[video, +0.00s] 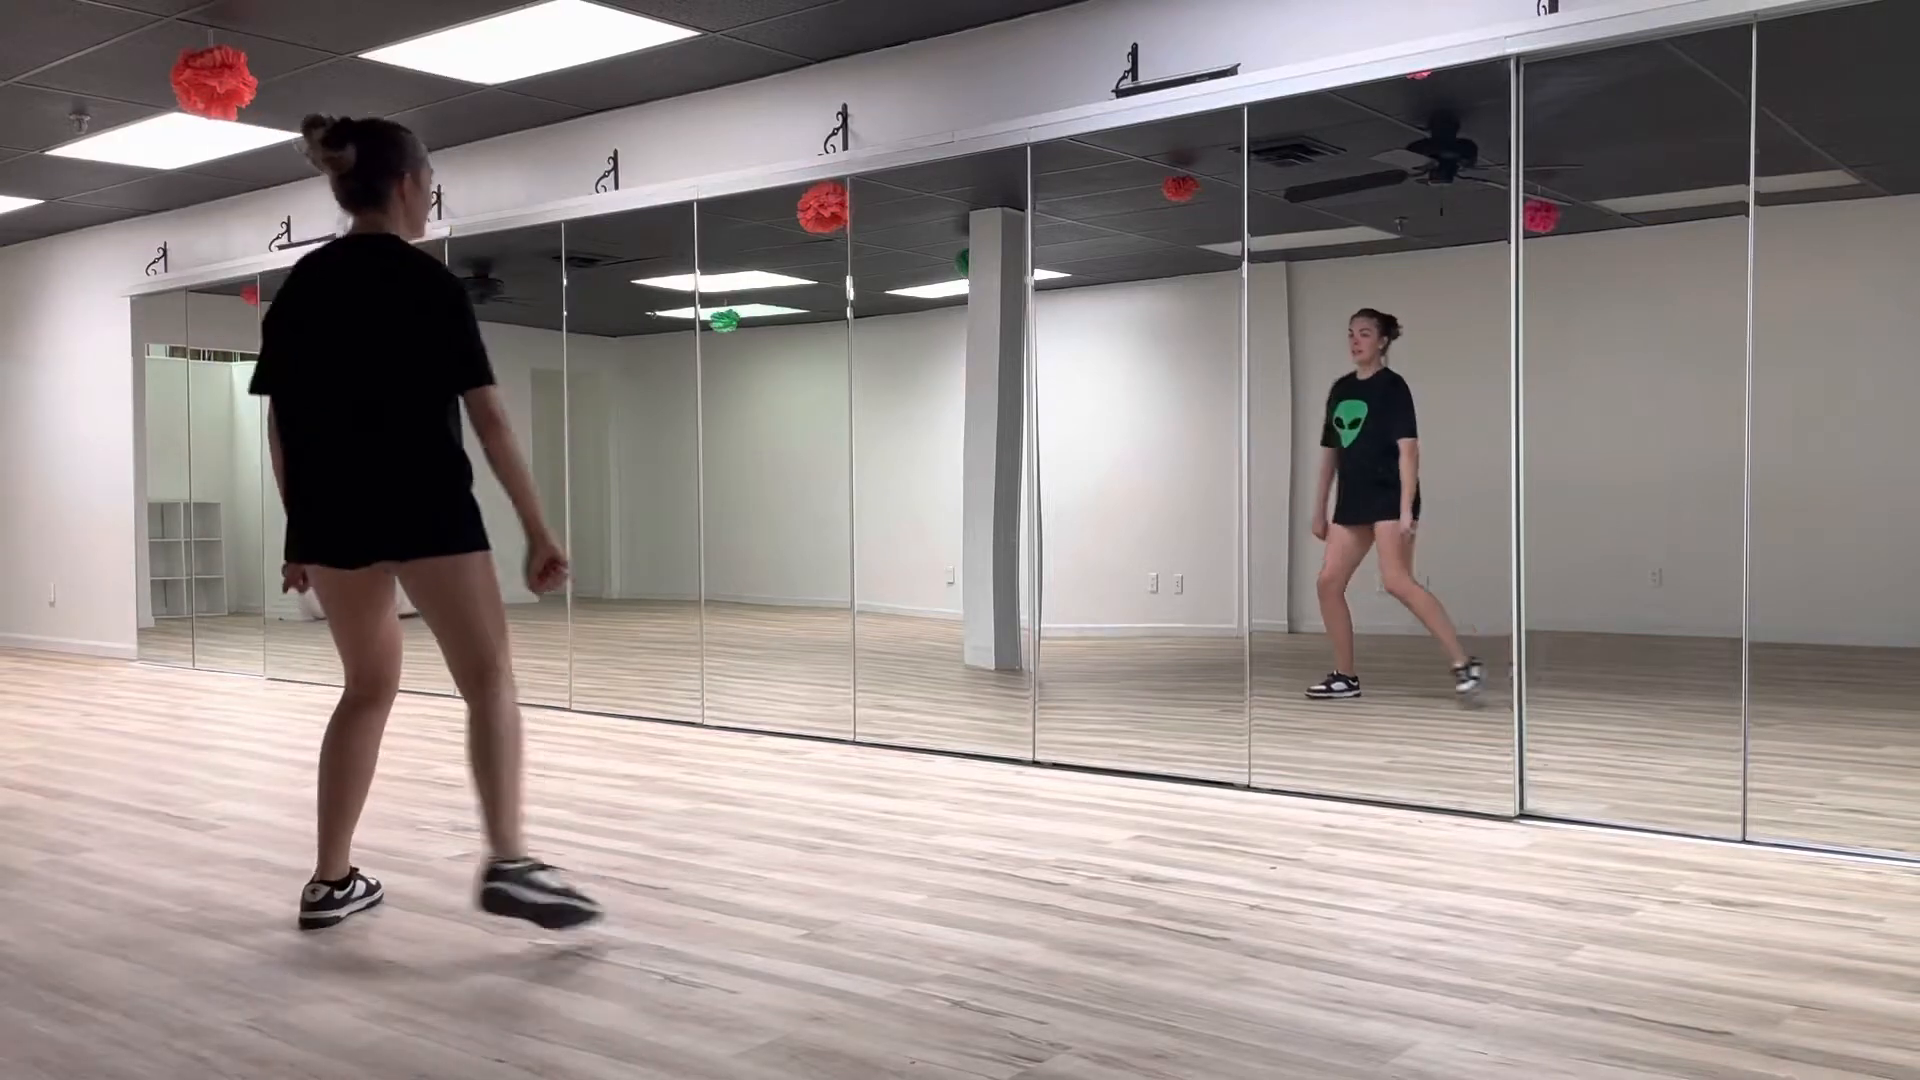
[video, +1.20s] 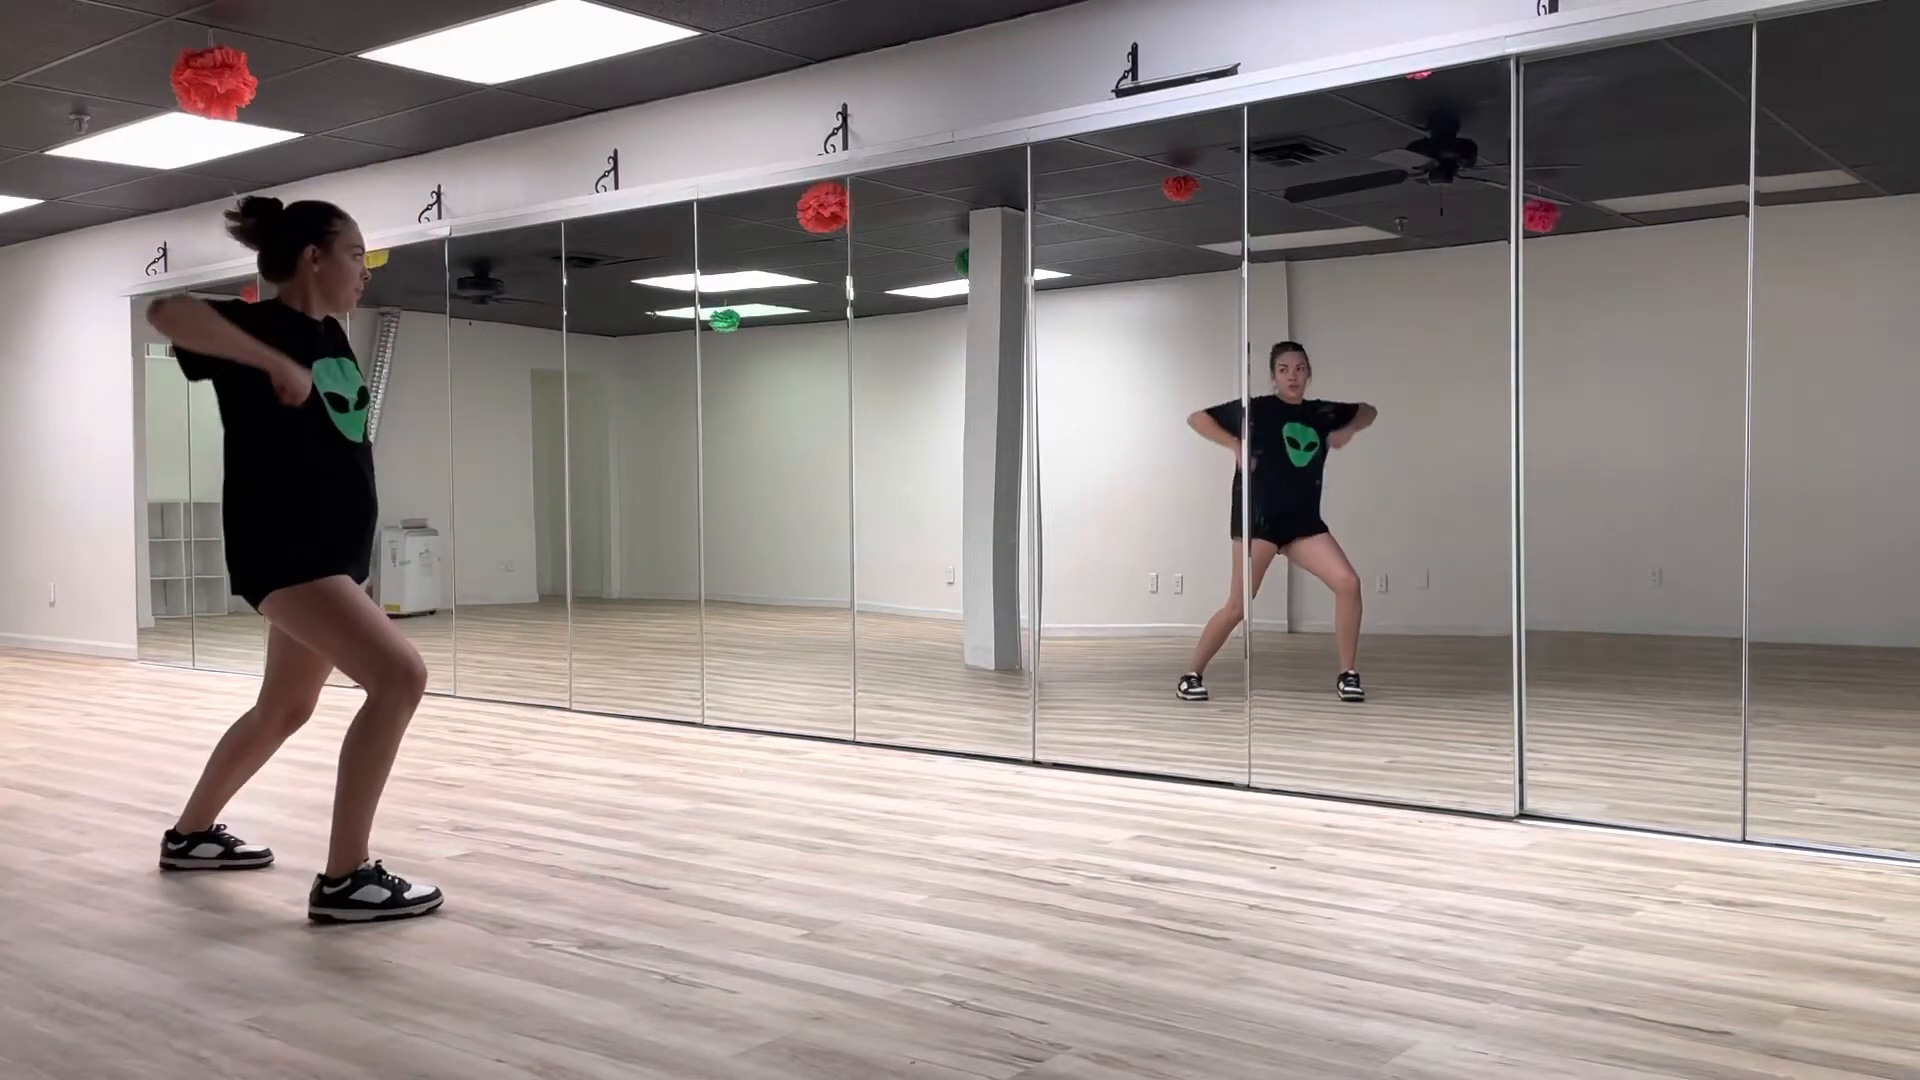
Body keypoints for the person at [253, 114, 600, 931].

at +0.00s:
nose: (432, 203)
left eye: (431, 189)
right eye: (428, 188)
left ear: (347, 192)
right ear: (404, 187)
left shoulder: (297, 286)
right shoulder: (429, 281)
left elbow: (279, 427)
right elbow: (488, 416)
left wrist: (298, 534)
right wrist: (537, 527)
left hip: (327, 515)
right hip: (427, 505)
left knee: (366, 685)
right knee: (487, 679)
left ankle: (330, 878)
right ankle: (509, 858)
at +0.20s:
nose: (417, 172)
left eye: (414, 158)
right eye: (415, 157)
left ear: (335, 164)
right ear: (393, 156)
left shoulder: (285, 262)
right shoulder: (413, 245)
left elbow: (287, 397)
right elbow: (435, 383)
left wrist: (292, 506)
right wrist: (462, 504)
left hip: (314, 482)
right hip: (401, 480)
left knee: (328, 665)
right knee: (406, 667)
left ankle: (308, 868)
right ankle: (362, 863)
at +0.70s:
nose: (418, 195)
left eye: (414, 180)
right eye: (409, 180)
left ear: (352, 187)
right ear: (377, 184)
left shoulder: (330, 264)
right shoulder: (334, 267)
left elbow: (348, 390)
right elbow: (376, 383)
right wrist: (485, 448)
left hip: (330, 500)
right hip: (329, 504)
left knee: (394, 665)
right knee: (363, 677)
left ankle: (282, 833)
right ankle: (340, 880)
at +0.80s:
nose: (407, 192)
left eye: (404, 177)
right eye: (398, 176)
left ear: (347, 185)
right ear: (363, 181)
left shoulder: (350, 268)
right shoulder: (311, 255)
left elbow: (391, 360)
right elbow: (330, 343)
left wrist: (483, 349)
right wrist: (474, 344)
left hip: (341, 497)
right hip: (318, 499)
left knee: (362, 665)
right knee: (366, 670)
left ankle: (252, 807)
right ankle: (339, 879)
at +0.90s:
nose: (395, 195)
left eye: (392, 181)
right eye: (385, 180)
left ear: (339, 189)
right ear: (347, 186)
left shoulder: (346, 271)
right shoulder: (292, 250)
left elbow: (364, 342)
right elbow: (274, 301)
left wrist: (448, 308)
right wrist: (406, 271)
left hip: (343, 492)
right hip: (308, 493)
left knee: (329, 664)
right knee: (377, 669)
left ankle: (230, 790)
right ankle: (339, 879)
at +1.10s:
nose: (373, 253)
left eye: (371, 240)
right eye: (363, 239)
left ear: (327, 247)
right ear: (321, 244)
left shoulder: (346, 326)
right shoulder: (260, 312)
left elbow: (345, 409)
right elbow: (183, 286)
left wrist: (377, 369)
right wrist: (281, 293)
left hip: (339, 533)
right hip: (281, 533)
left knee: (290, 695)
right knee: (396, 673)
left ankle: (197, 822)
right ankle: (348, 873)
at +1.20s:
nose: (365, 273)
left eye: (365, 259)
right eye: (356, 258)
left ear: (318, 263)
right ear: (312, 260)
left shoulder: (331, 337)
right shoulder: (251, 323)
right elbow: (165, 314)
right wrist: (273, 361)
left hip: (334, 550)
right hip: (278, 551)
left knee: (282, 709)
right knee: (400, 676)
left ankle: (191, 831)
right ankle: (346, 875)